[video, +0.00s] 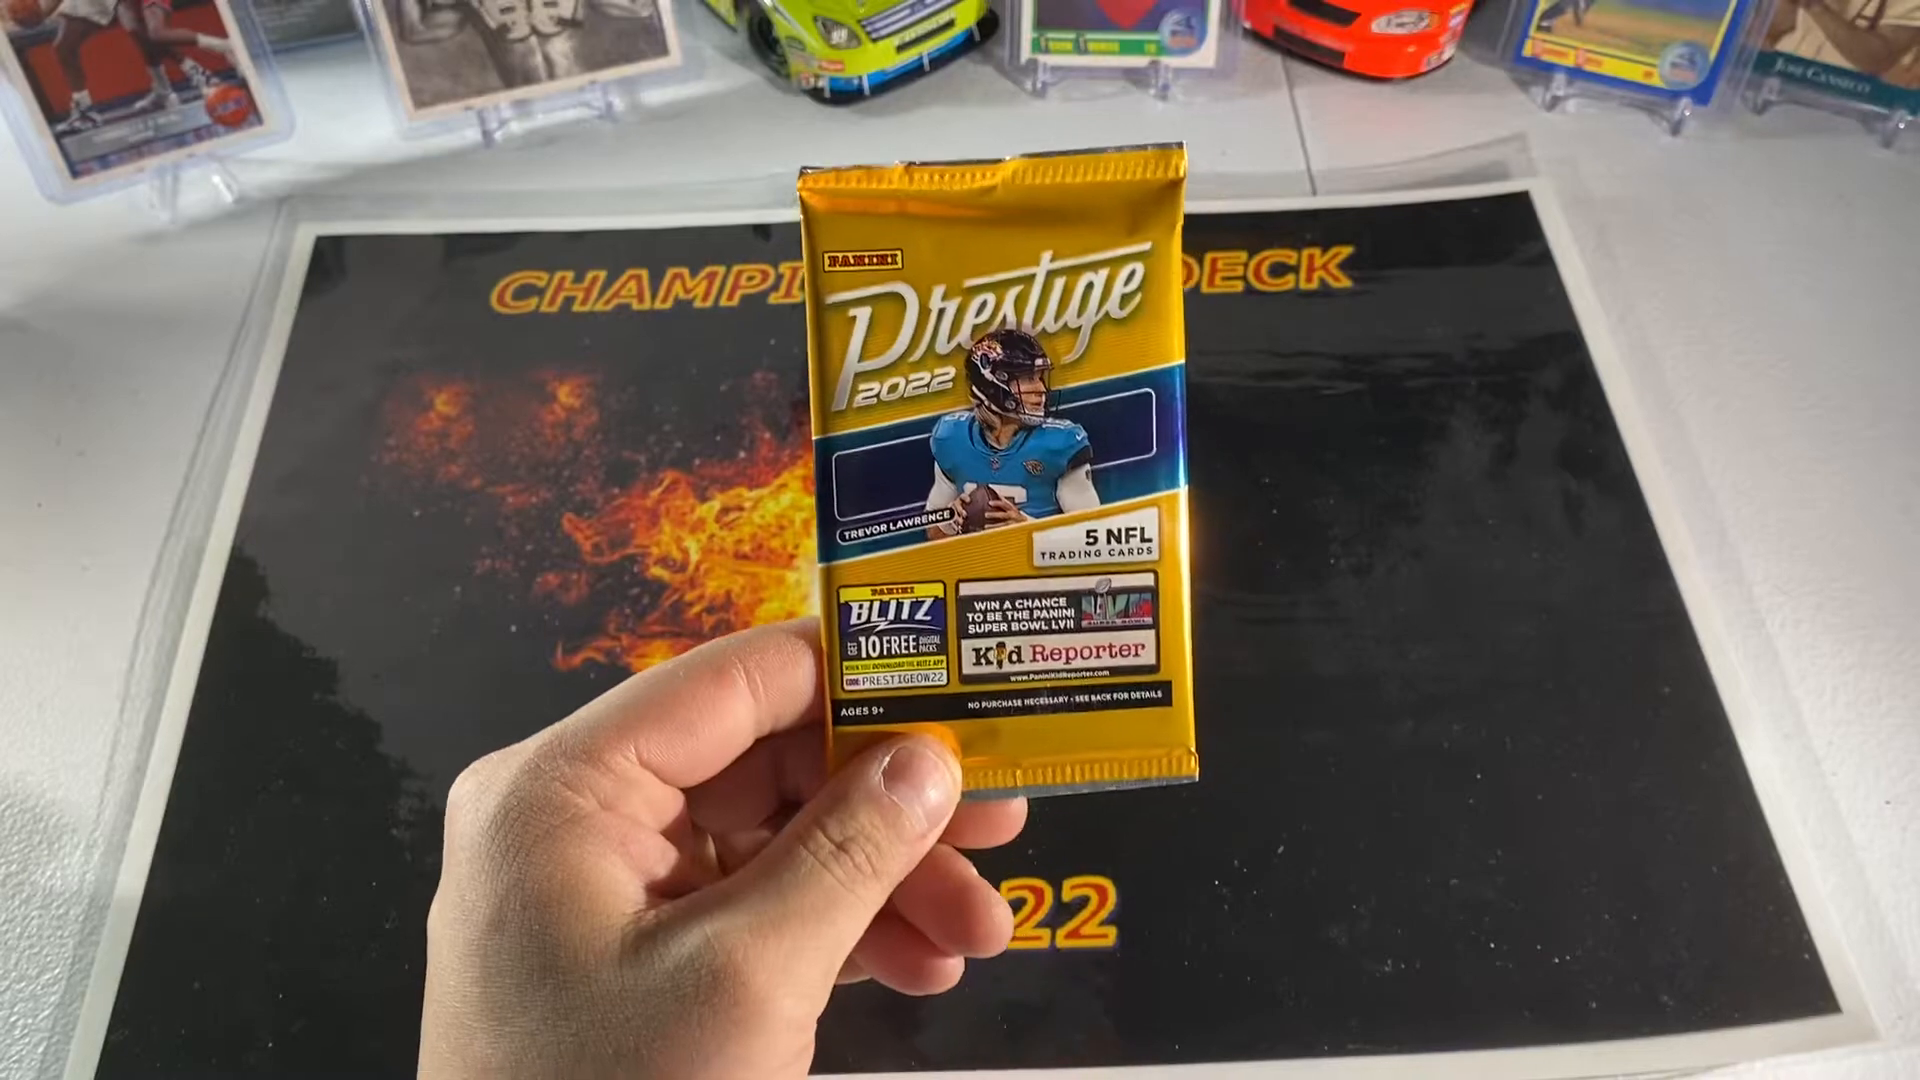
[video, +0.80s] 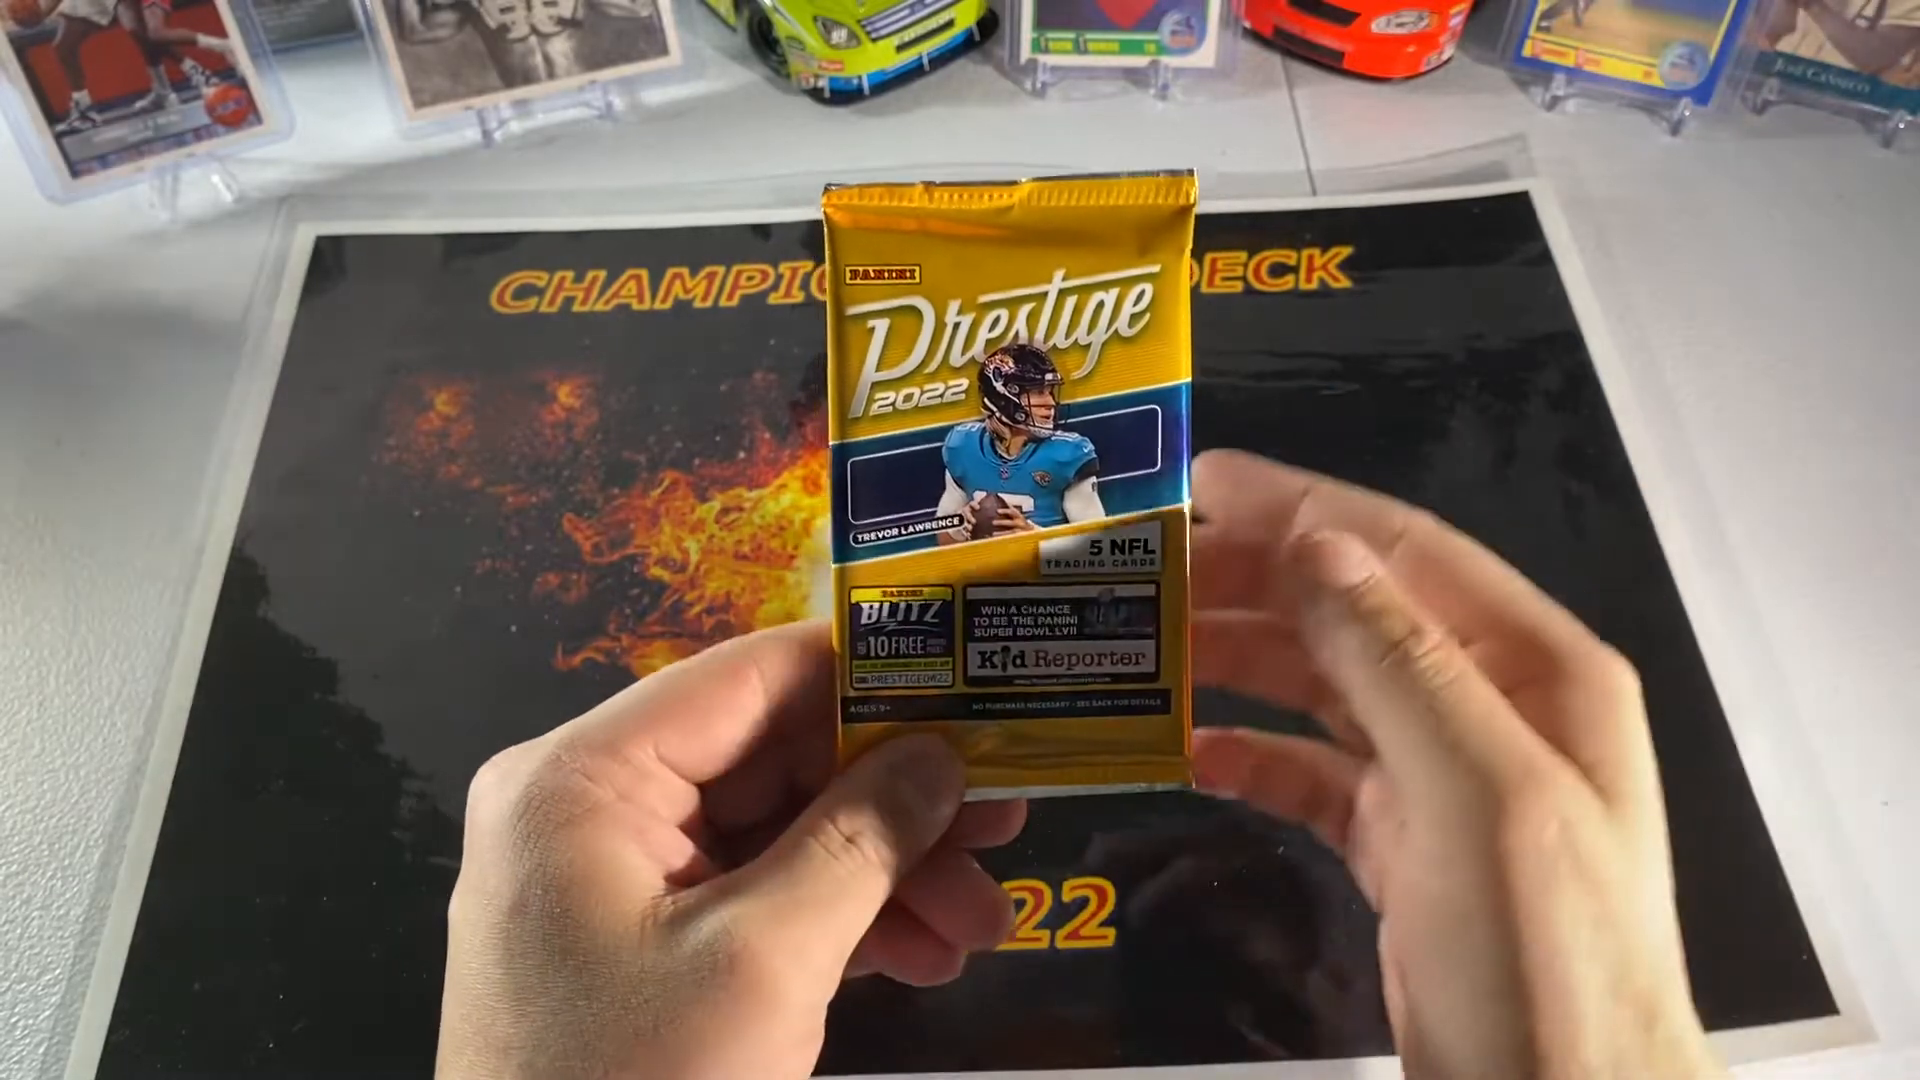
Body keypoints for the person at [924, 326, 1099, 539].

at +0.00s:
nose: (1040, 389)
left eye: (1040, 378)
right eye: (1025, 379)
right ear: (991, 385)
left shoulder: (1062, 442)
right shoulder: (950, 436)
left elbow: (1091, 531)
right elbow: (934, 530)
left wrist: (1029, 526)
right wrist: (954, 521)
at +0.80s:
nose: (1049, 403)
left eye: (1049, 392)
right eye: (1036, 392)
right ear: (1003, 397)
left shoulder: (1069, 454)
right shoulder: (961, 445)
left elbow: (1095, 539)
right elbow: (944, 537)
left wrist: (1035, 533)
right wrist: (964, 527)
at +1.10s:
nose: (1059, 419)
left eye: (1060, 409)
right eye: (1046, 409)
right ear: (1015, 414)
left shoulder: (1080, 468)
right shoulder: (975, 461)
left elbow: (1107, 553)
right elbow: (959, 551)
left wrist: (1049, 547)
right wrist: (979, 540)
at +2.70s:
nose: (1073, 413)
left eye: (1072, 403)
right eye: (1060, 405)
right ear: (1027, 412)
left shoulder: (1094, 463)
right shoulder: (987, 458)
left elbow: (1124, 546)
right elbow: (974, 549)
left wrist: (1065, 542)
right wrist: (992, 537)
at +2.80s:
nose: (1087, 402)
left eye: (1087, 390)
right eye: (1074, 392)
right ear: (1039, 398)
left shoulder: (1109, 451)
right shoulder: (1001, 445)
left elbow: (1134, 533)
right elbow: (987, 526)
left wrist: (1076, 528)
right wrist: (1005, 522)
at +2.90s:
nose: (1080, 396)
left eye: (1081, 384)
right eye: (1066, 386)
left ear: (1087, 384)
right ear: (1031, 395)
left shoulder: (1100, 446)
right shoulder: (999, 434)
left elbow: (1125, 528)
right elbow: (985, 512)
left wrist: (1069, 522)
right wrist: (1003, 514)